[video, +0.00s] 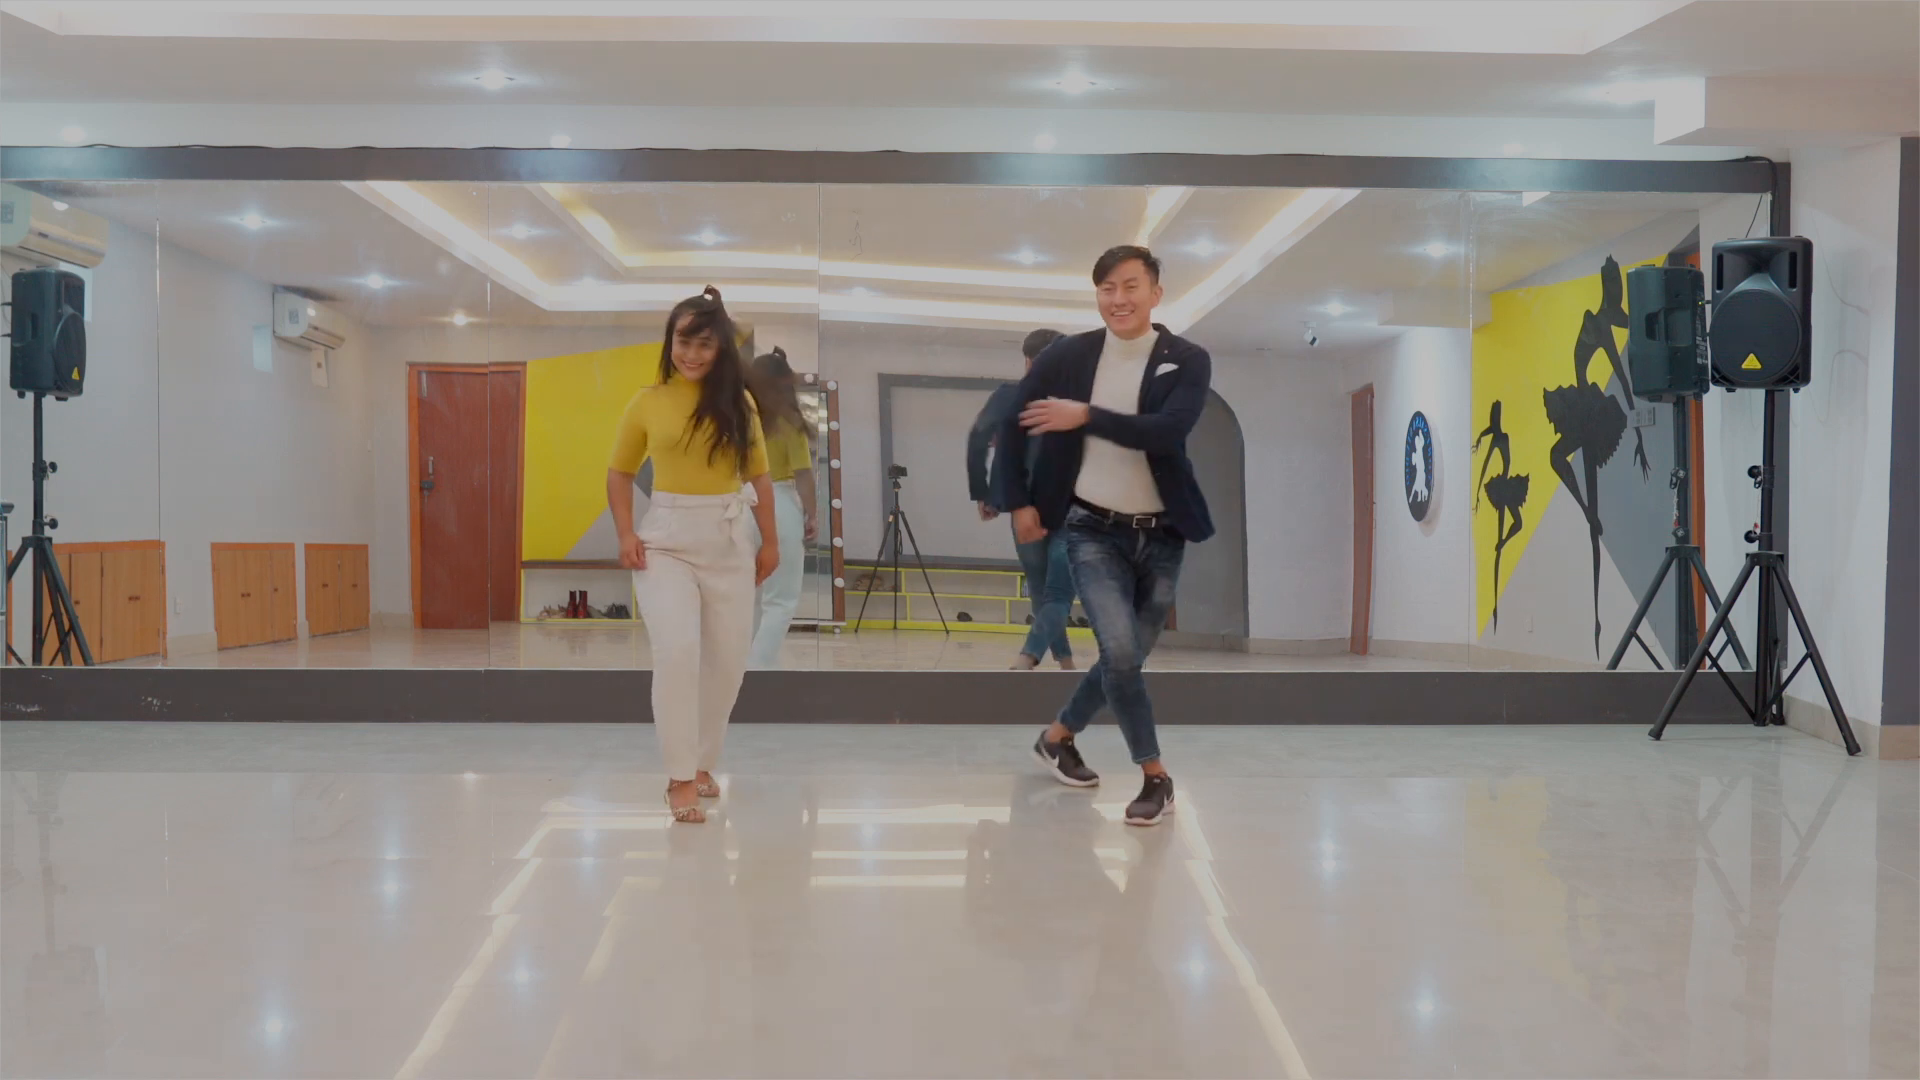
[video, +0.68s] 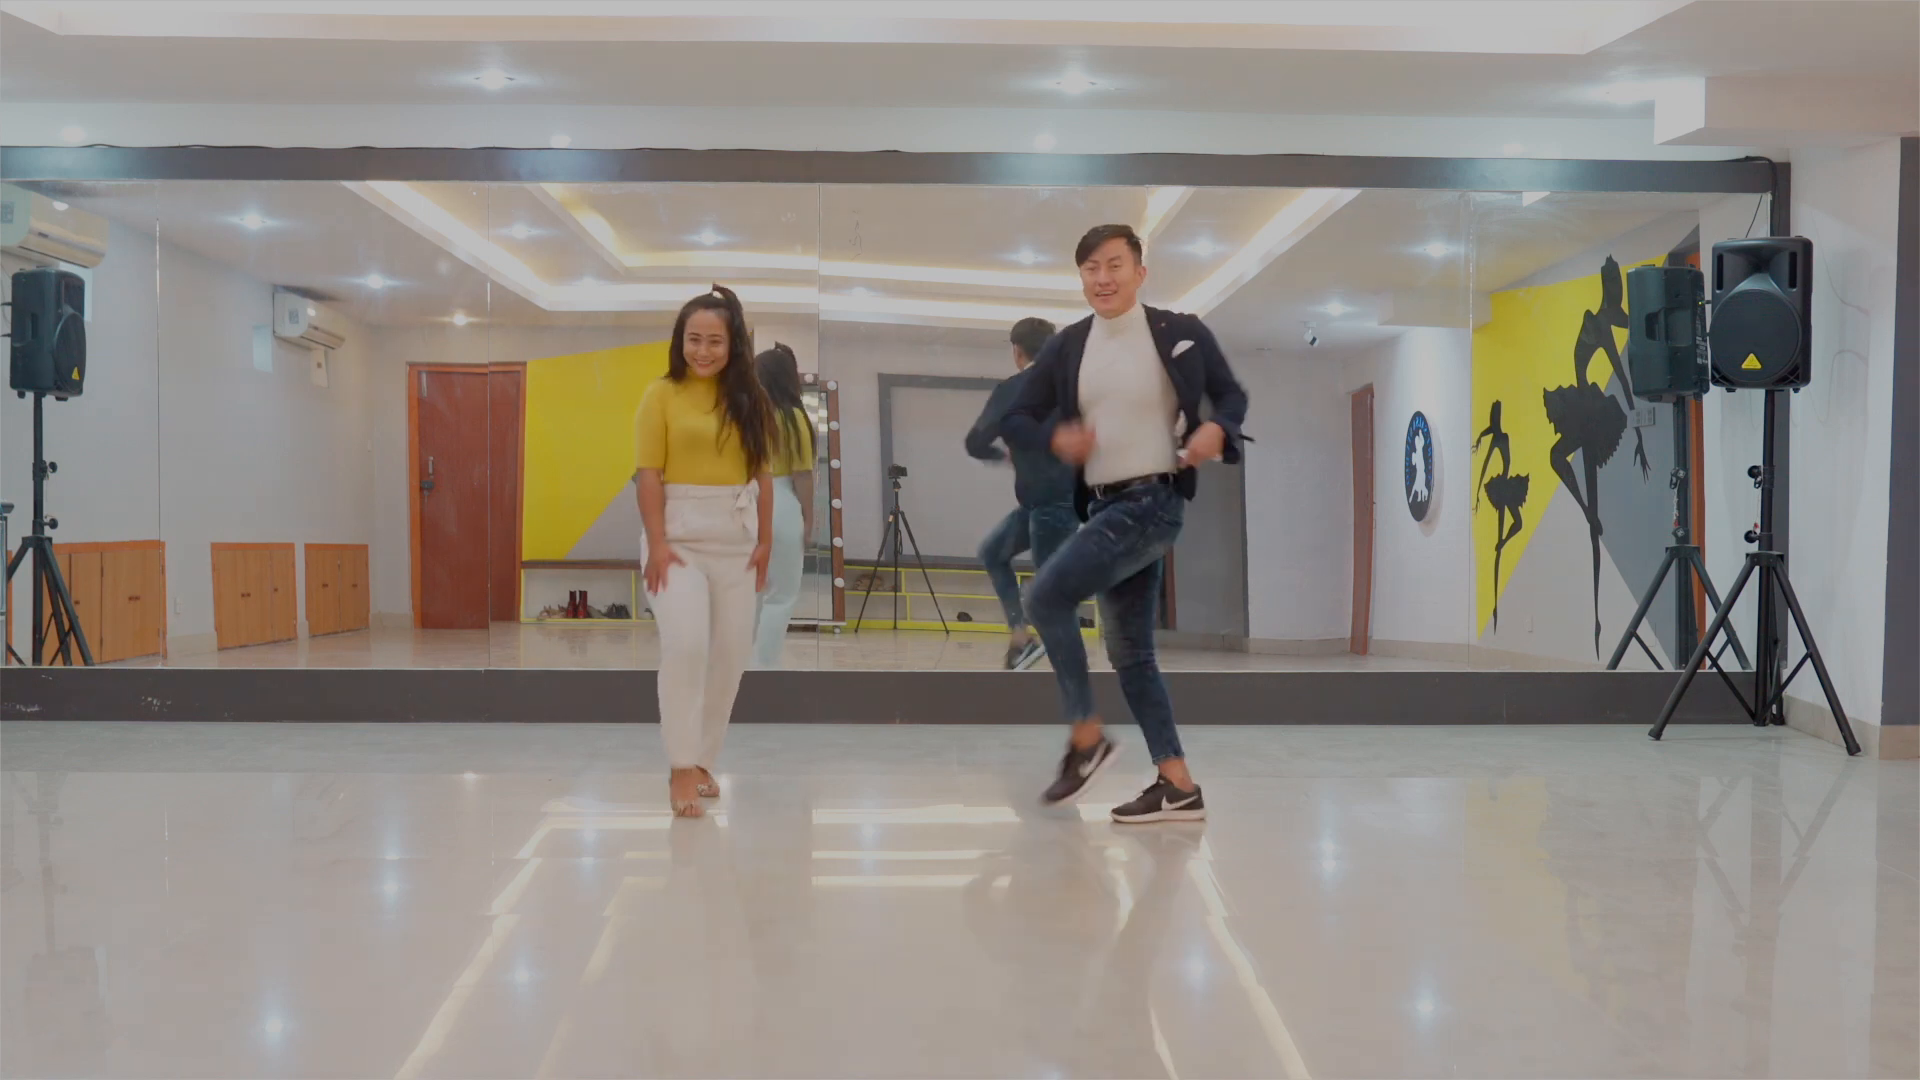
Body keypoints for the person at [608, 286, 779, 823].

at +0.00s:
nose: (691, 354)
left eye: (704, 345)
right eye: (683, 343)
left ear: (721, 349)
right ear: (670, 344)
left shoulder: (738, 403)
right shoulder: (649, 402)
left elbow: (761, 478)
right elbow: (619, 472)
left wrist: (771, 541)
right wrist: (626, 532)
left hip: (732, 543)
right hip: (666, 540)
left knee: (727, 659)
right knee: (677, 653)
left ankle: (703, 766)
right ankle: (681, 779)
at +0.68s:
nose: (703, 349)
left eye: (715, 341)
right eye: (694, 339)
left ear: (733, 345)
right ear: (681, 342)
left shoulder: (749, 399)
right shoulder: (662, 396)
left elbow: (764, 477)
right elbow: (649, 474)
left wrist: (765, 540)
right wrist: (655, 542)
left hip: (738, 536)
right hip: (678, 534)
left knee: (731, 652)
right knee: (685, 646)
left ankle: (701, 761)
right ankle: (683, 769)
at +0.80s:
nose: (707, 342)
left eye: (719, 332)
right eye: (698, 331)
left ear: (737, 335)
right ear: (685, 334)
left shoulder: (750, 391)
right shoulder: (669, 384)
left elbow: (768, 461)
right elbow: (632, 454)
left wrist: (763, 510)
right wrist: (660, 513)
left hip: (739, 530)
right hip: (680, 526)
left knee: (728, 645)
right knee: (713, 629)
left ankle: (698, 759)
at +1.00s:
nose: (717, 335)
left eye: (728, 325)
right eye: (707, 324)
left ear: (746, 328)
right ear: (693, 328)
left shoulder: (757, 382)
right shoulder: (682, 375)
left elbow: (781, 445)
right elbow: (625, 425)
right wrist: (671, 468)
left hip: (741, 522)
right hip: (692, 517)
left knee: (710, 644)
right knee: (757, 616)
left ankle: (687, 754)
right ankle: (681, 667)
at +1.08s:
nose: (721, 338)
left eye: (732, 327)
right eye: (711, 327)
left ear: (751, 330)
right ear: (698, 330)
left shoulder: (763, 384)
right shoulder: (687, 377)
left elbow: (786, 456)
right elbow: (628, 423)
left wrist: (796, 434)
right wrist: (678, 455)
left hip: (740, 525)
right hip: (697, 520)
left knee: (703, 644)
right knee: (762, 621)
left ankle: (673, 754)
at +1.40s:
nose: (746, 347)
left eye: (758, 338)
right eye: (736, 337)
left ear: (776, 343)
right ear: (724, 342)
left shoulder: (787, 396)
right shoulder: (714, 391)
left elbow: (823, 443)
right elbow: (652, 439)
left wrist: (825, 447)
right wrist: (708, 442)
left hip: (783, 536)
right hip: (735, 533)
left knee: (751, 656)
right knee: (776, 651)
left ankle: (688, 751)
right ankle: (779, 771)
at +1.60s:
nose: (759, 342)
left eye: (771, 332)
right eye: (749, 331)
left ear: (789, 337)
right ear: (736, 335)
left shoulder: (811, 387)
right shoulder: (717, 386)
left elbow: (866, 431)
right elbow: (652, 425)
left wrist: (856, 411)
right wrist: (693, 408)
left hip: (806, 534)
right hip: (740, 533)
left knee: (819, 645)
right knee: (763, 649)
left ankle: (758, 702)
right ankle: (776, 771)